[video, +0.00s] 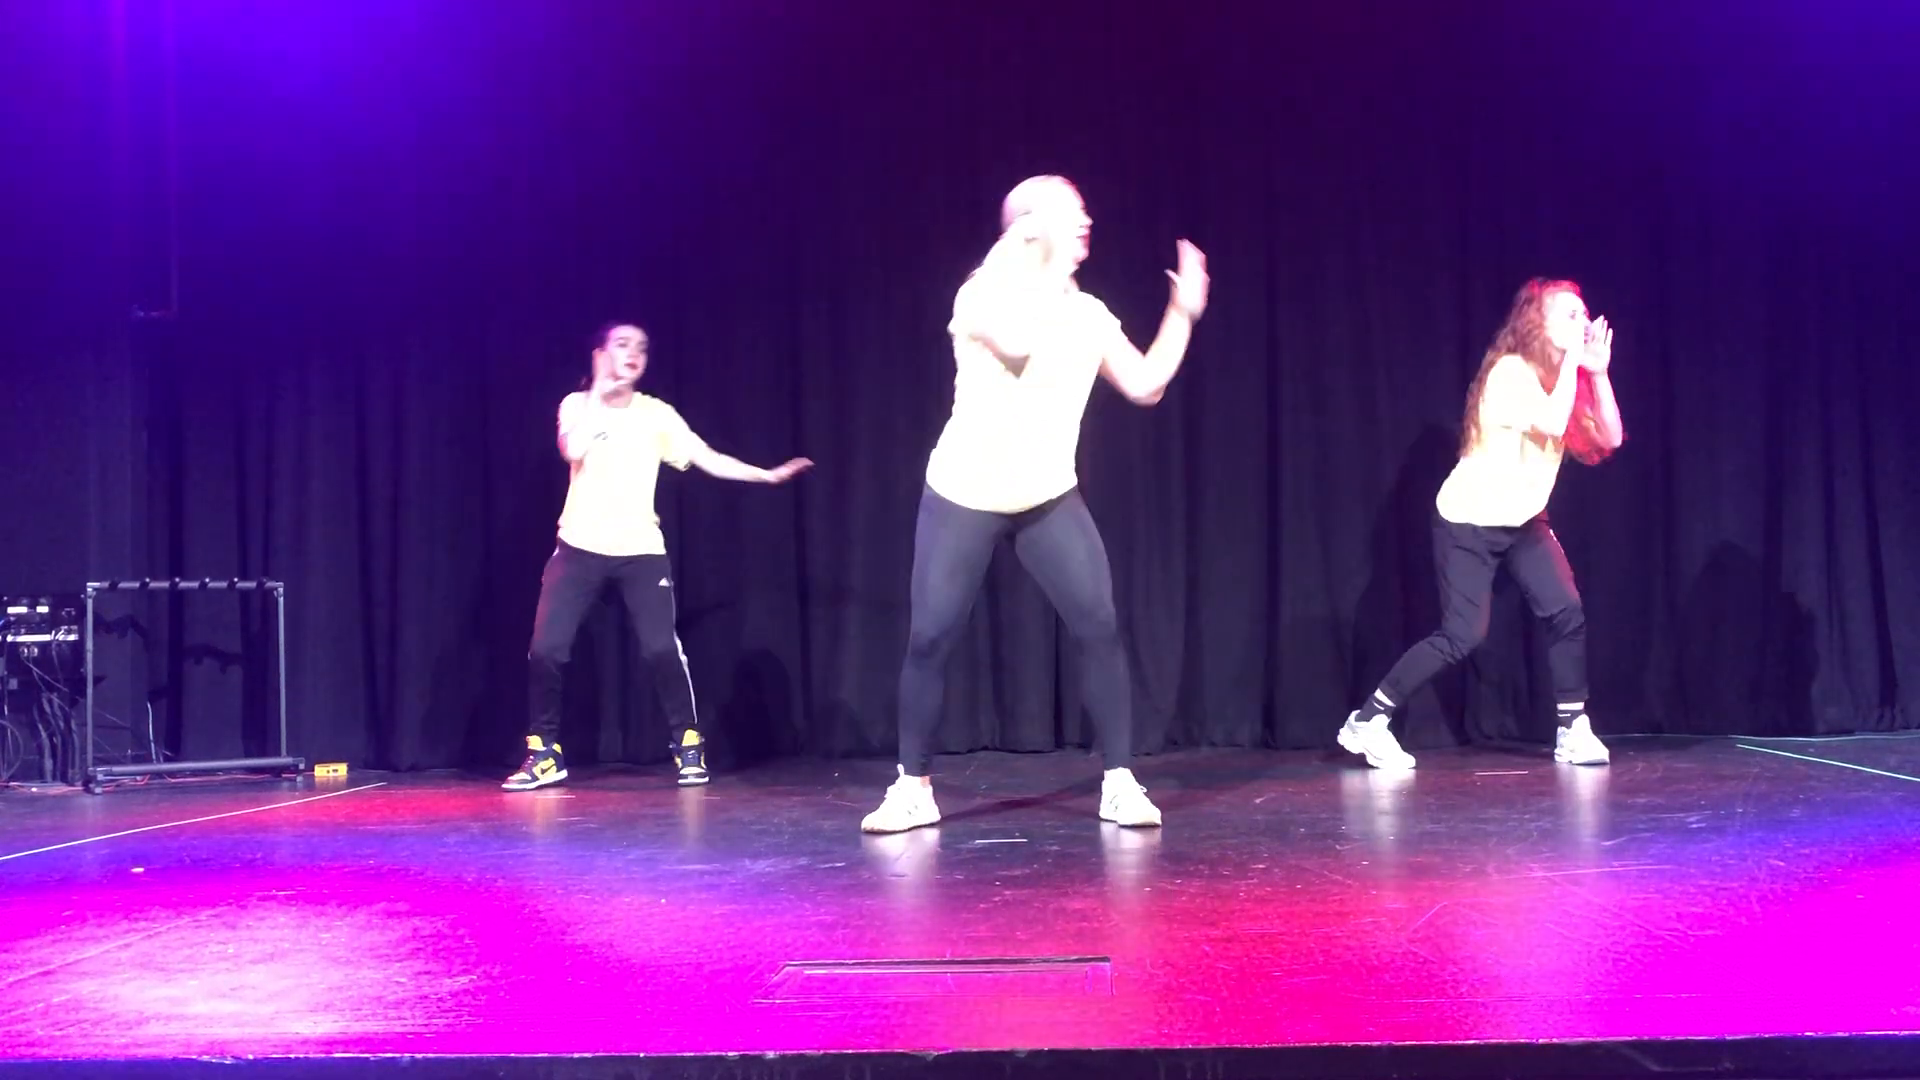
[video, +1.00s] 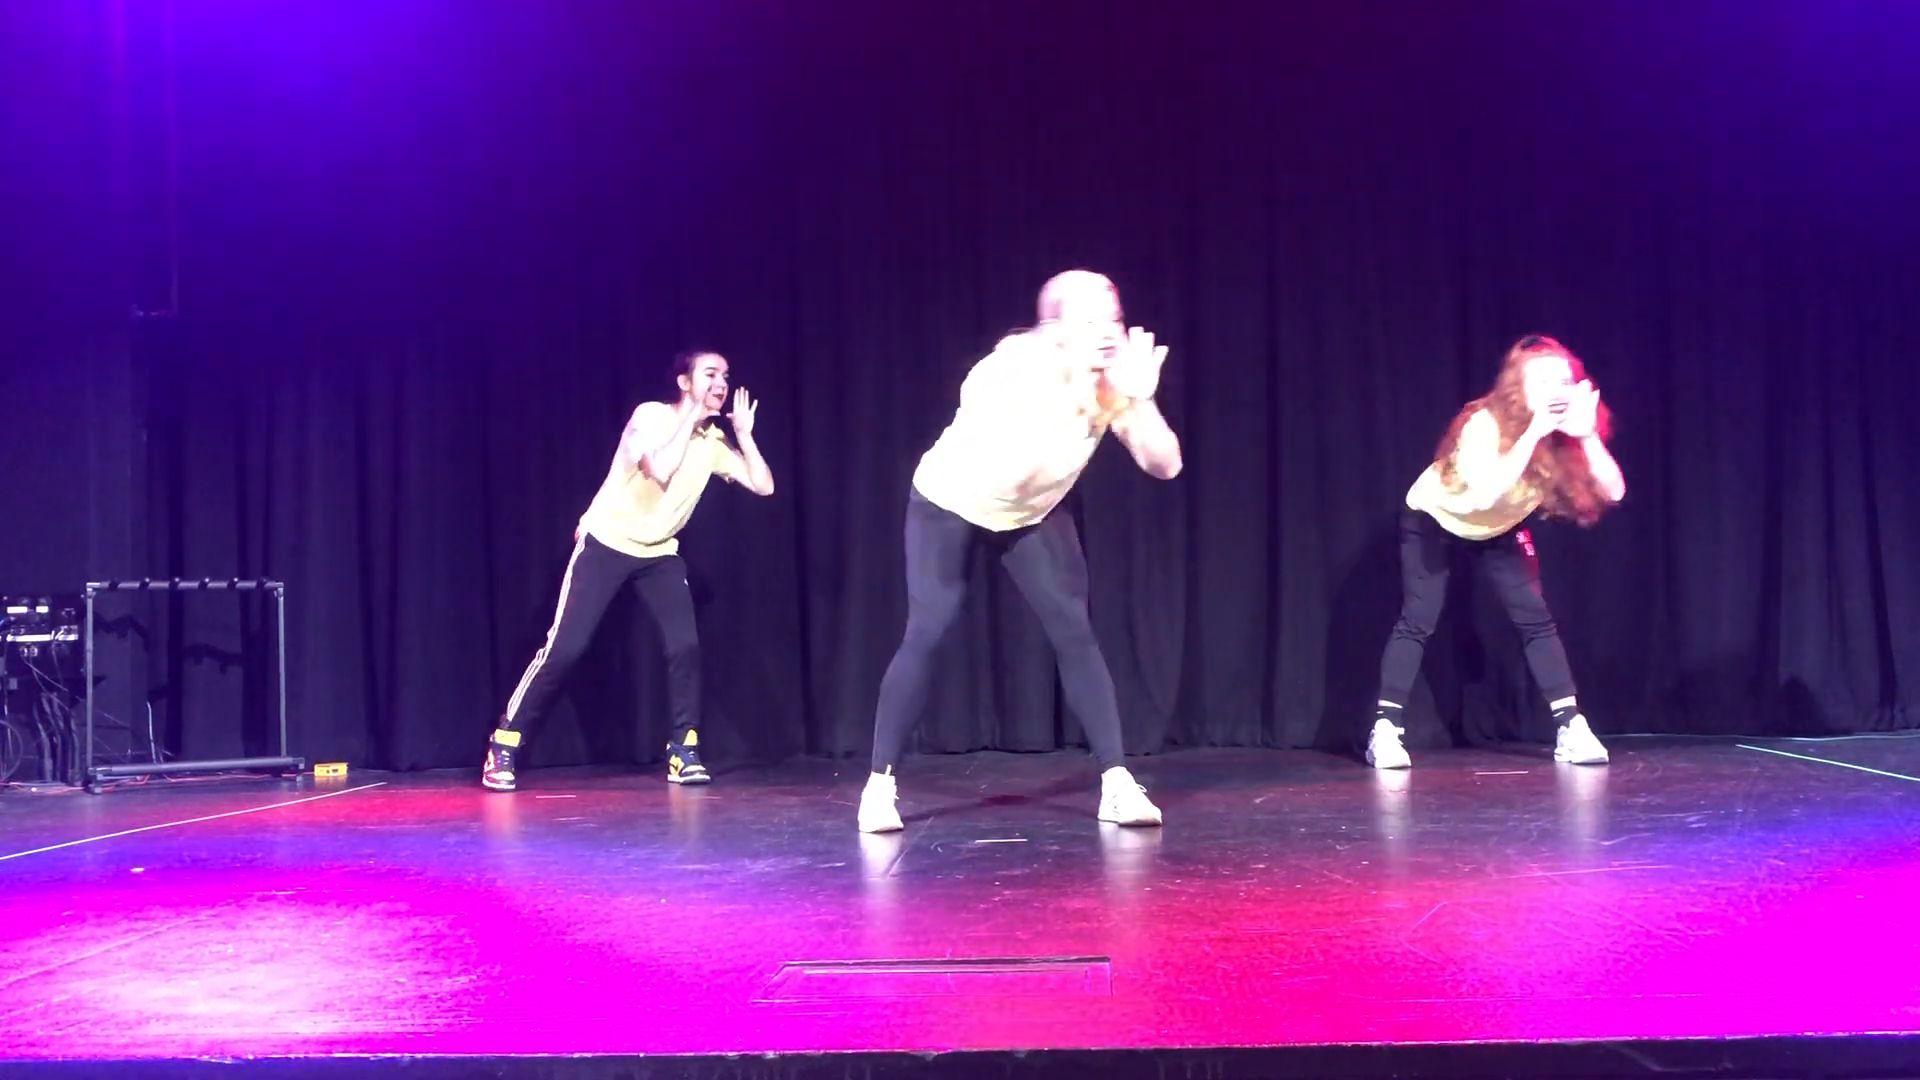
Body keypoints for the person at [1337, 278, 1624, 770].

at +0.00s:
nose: (1580, 322)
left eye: (1582, 315)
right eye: (1568, 313)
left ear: (1582, 326)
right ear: (1536, 321)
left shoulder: (1564, 384)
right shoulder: (1509, 373)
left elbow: (1610, 437)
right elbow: (1553, 423)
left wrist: (1601, 374)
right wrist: (1574, 362)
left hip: (1524, 523)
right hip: (1468, 522)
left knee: (1565, 612)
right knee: (1462, 634)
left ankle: (1572, 731)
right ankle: (1366, 722)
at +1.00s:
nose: (1554, 391)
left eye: (1561, 380)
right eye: (1542, 381)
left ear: (1576, 386)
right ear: (1519, 389)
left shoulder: (1568, 437)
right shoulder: (1484, 423)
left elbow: (1613, 491)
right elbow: (1482, 492)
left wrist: (1587, 434)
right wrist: (1534, 434)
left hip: (1500, 528)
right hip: (1434, 521)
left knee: (1534, 617)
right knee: (1420, 617)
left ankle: (1570, 726)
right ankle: (1386, 729)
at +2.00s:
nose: (1390, 293)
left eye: (1399, 283)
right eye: (1381, 285)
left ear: (1421, 289)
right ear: (1367, 296)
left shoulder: (1450, 334)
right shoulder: (1363, 356)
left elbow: (1484, 394)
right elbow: (1342, 436)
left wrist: (1417, 358)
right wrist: (1363, 373)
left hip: (1473, 484)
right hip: (1408, 500)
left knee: (1520, 602)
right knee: (1402, 614)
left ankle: (1570, 718)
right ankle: (1388, 730)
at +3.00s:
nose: (1631, 339)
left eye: (1630, 330)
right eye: (1621, 331)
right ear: (1589, 338)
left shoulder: (1599, 394)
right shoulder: (1559, 386)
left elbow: (1627, 455)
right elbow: (1502, 447)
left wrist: (1634, 387)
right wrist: (1487, 526)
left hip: (1512, 513)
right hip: (1460, 502)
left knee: (1542, 613)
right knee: (1443, 618)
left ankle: (1555, 731)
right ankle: (1355, 718)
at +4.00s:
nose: (1333, 347)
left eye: (1342, 337)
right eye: (1330, 339)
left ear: (1376, 338)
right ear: (1329, 347)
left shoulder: (1415, 370)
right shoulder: (1350, 400)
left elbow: (1400, 432)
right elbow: (1315, 462)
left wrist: (1355, 377)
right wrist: (1324, 393)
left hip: (1474, 506)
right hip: (1418, 522)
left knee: (1507, 616)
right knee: (1399, 618)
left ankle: (1599, 710)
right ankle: (1387, 730)